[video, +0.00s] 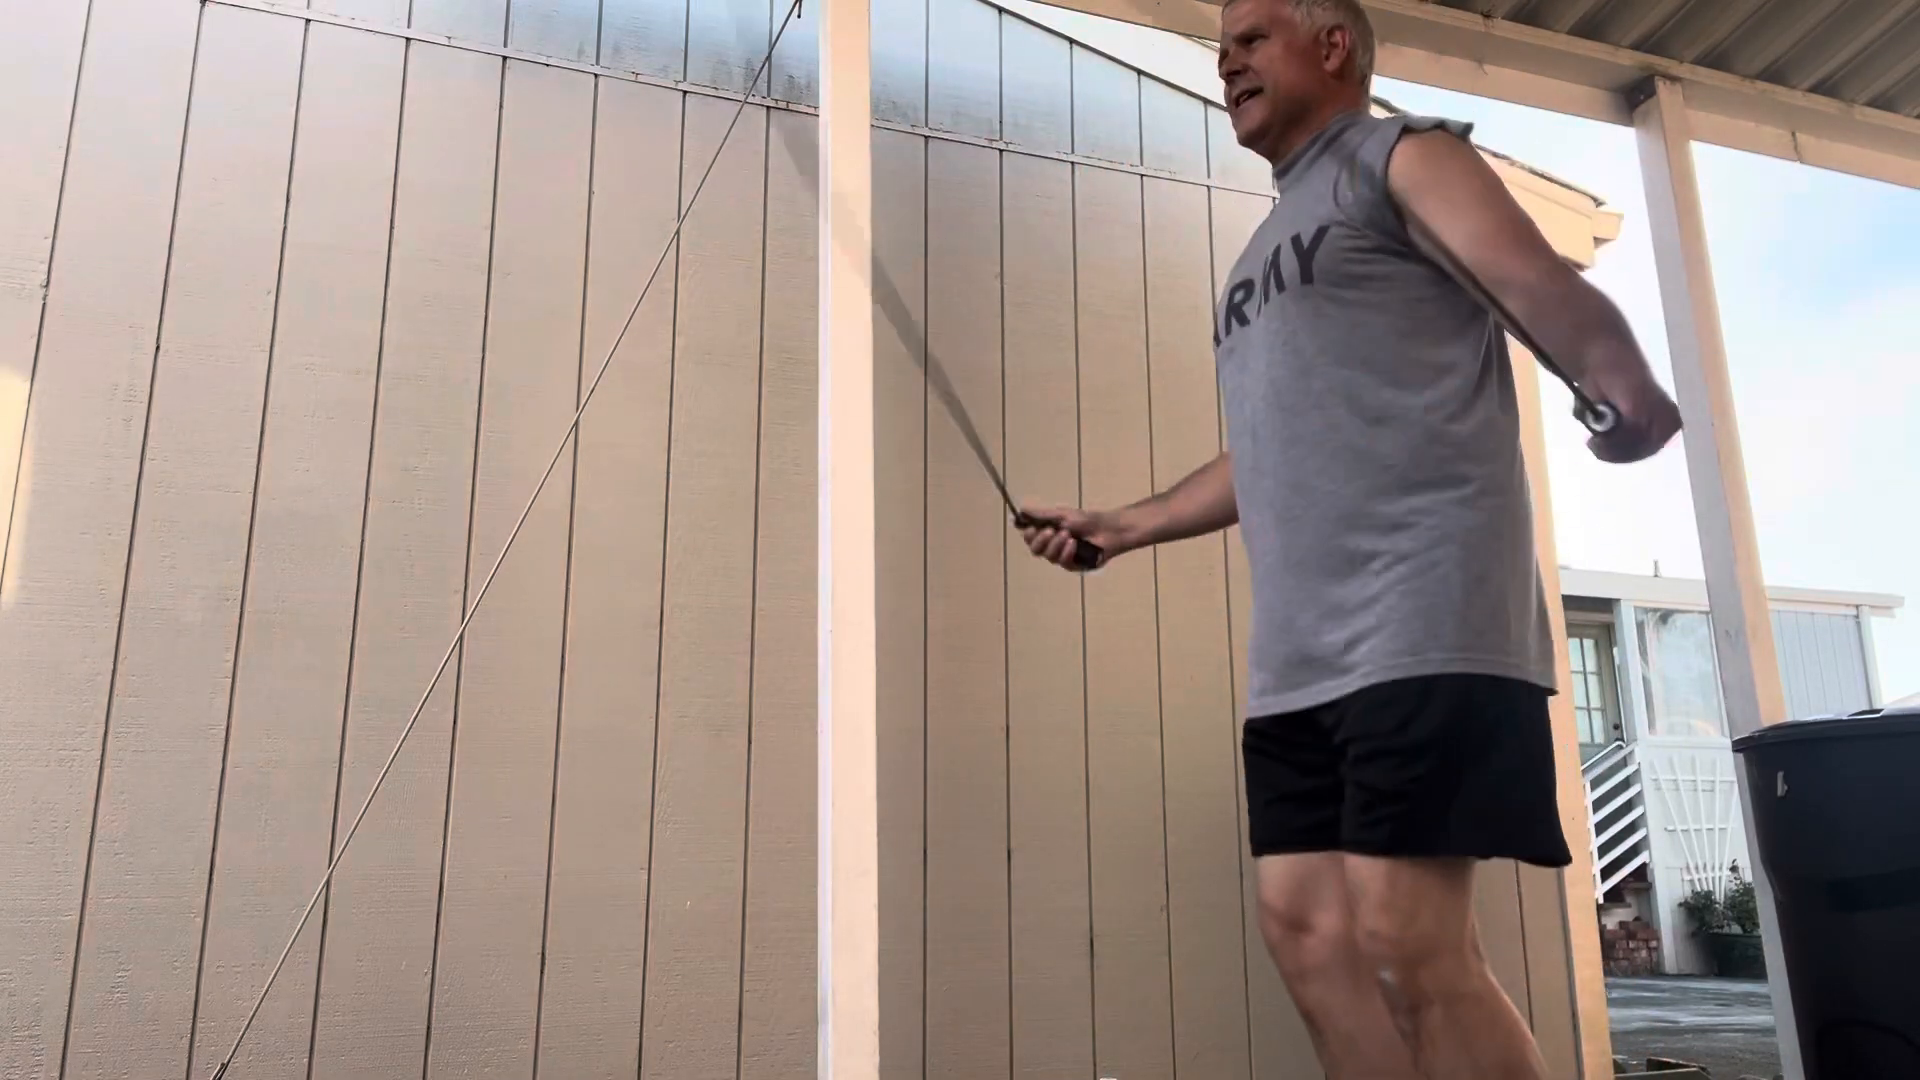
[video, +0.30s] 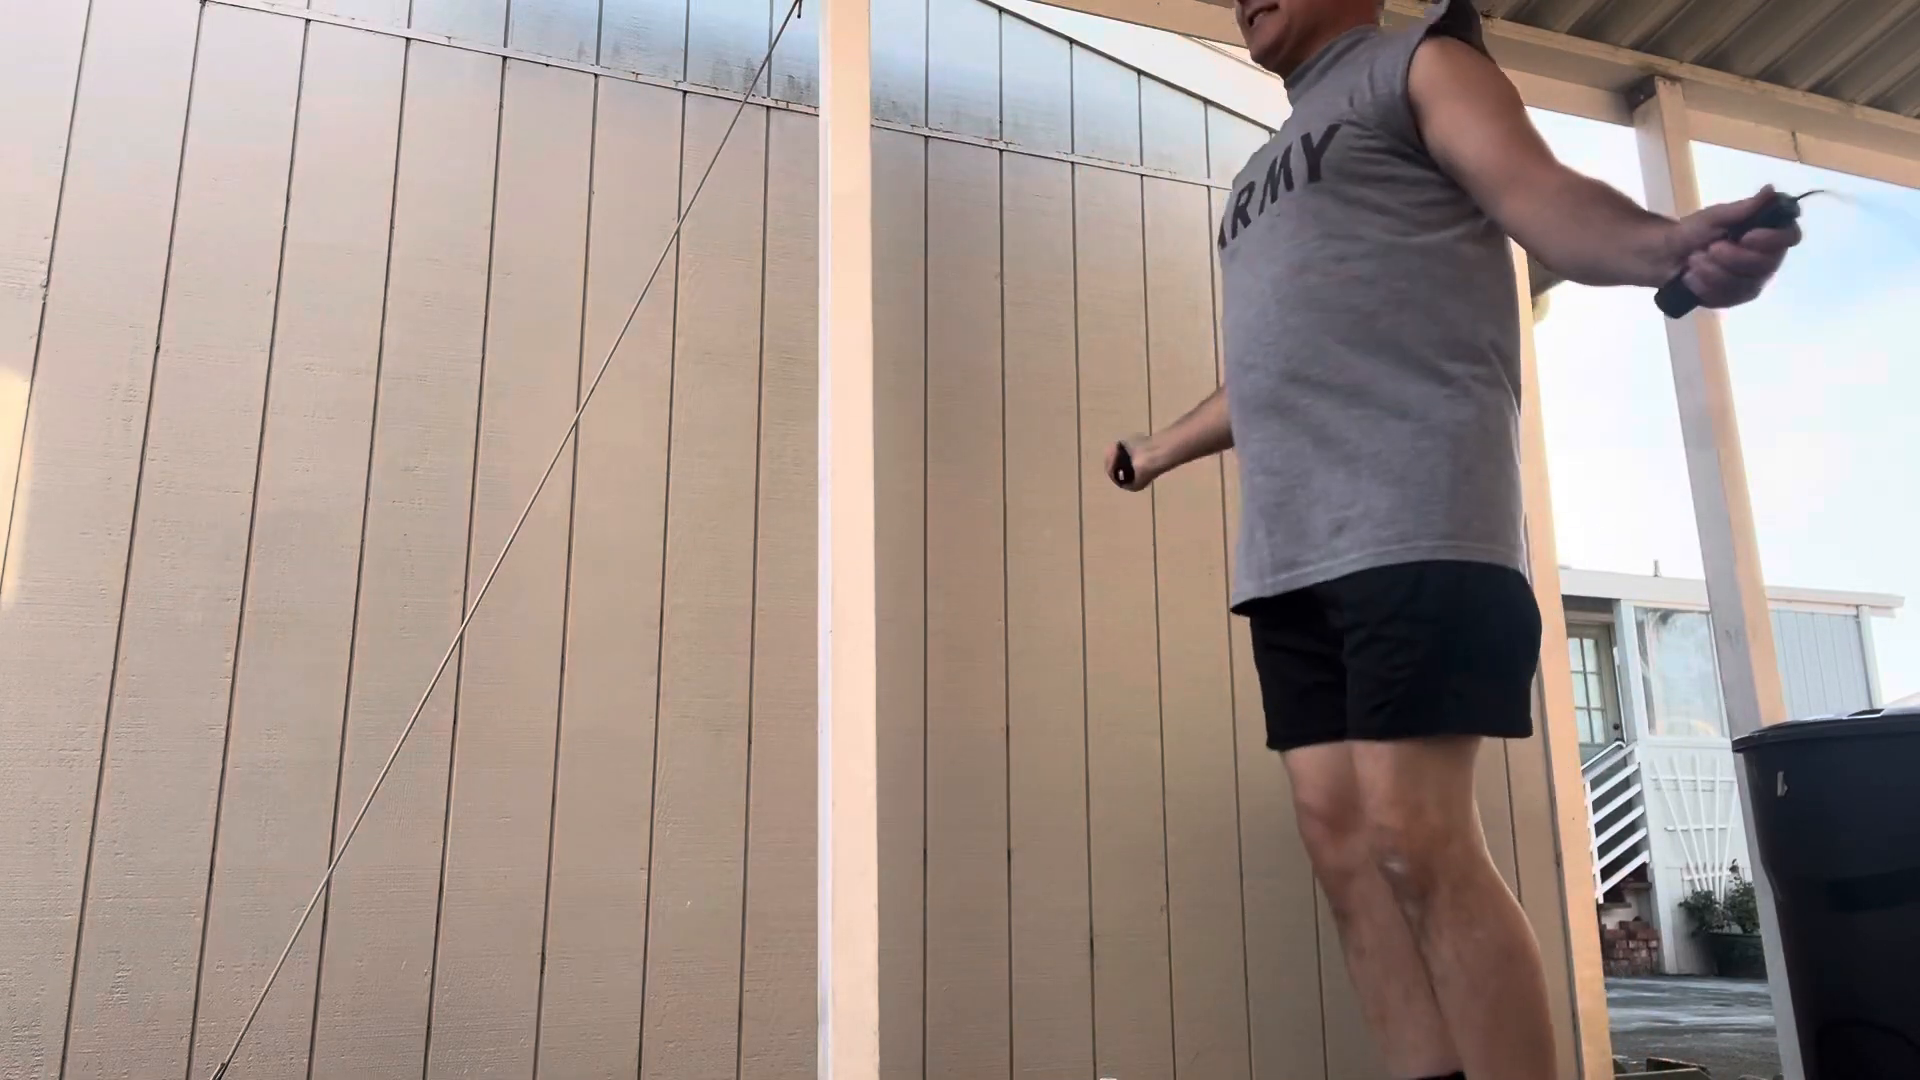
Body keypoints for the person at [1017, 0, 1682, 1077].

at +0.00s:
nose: (1227, 62)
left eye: (1251, 36)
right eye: (1221, 49)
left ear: (1333, 44)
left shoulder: (1402, 155)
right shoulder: (1255, 261)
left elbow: (1533, 278)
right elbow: (1262, 459)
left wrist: (1632, 391)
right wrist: (1115, 528)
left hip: (1426, 607)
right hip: (1296, 633)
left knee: (1412, 936)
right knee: (1306, 927)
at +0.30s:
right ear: (1252, 28)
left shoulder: (1421, 63)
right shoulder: (1260, 173)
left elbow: (1537, 191)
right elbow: (1272, 365)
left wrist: (1667, 244)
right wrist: (1161, 448)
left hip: (1418, 510)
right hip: (1284, 538)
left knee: (1420, 835)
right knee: (1337, 837)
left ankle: (1517, 1070)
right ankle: (1429, 1072)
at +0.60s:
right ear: (1265, 11)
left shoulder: (1429, 37)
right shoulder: (1267, 160)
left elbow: (1560, 159)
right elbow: (1272, 359)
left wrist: (1737, 231)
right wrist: (1180, 478)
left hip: (1435, 474)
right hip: (1298, 503)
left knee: (1427, 814)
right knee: (1350, 819)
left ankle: (1527, 1072)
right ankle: (1442, 1068)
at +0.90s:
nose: (1273, 32)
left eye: (1299, 8)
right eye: (1266, 21)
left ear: (1382, 17)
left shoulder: (1452, 122)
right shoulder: (1295, 223)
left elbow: (1569, 258)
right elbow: (1293, 422)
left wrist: (1685, 362)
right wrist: (1158, 532)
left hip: (1451, 584)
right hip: (1320, 611)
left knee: (1458, 912)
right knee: (1360, 912)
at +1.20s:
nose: (1299, 49)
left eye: (1328, 28)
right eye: (1297, 36)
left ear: (1411, 42)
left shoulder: (1481, 153)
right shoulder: (1311, 255)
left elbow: (1625, 270)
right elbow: (1314, 442)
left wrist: (1696, 323)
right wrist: (1155, 492)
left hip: (1479, 605)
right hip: (1337, 627)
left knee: (1477, 941)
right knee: (1369, 928)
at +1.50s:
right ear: (1318, 16)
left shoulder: (1490, 41)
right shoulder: (1315, 162)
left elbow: (1624, 170)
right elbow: (1324, 360)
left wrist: (1792, 228)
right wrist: (1215, 456)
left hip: (1492, 489)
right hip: (1349, 525)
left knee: (1504, 823)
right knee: (1414, 827)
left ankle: (1597, 1070)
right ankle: (1502, 1066)